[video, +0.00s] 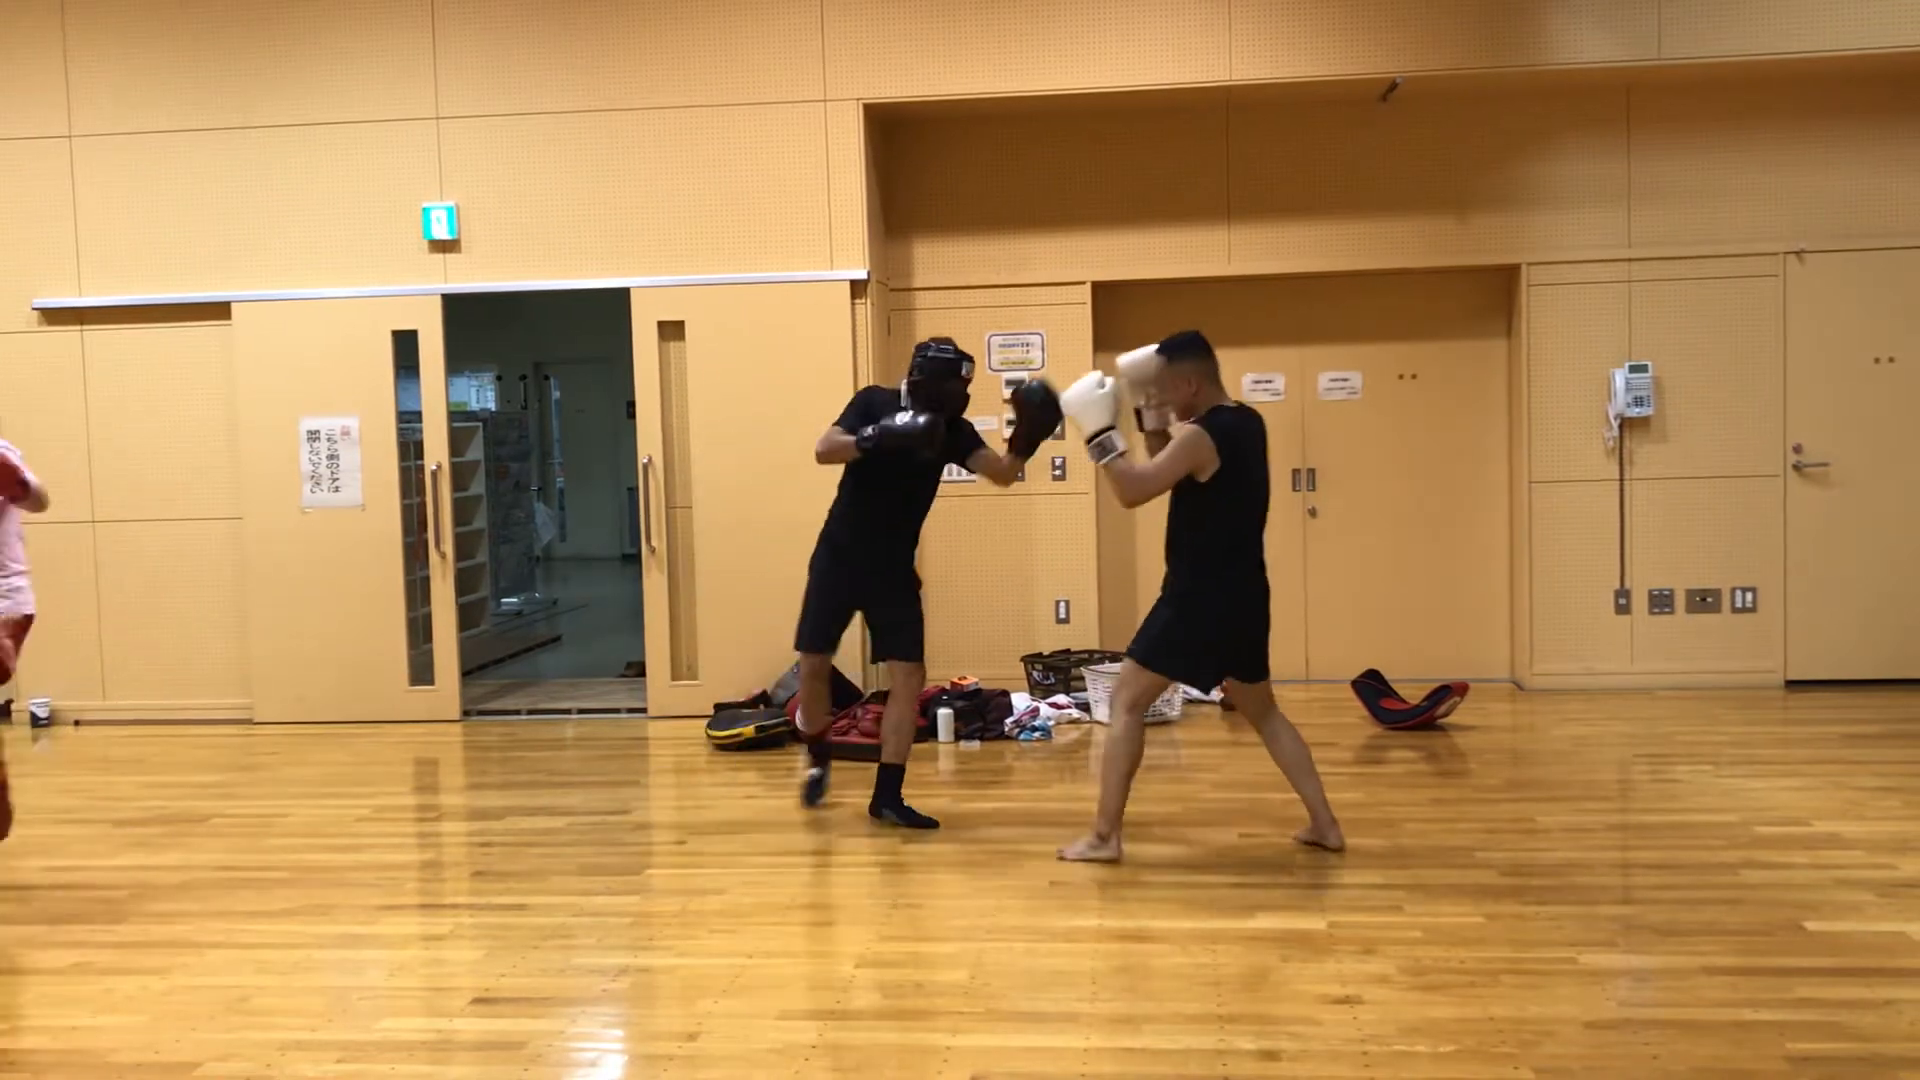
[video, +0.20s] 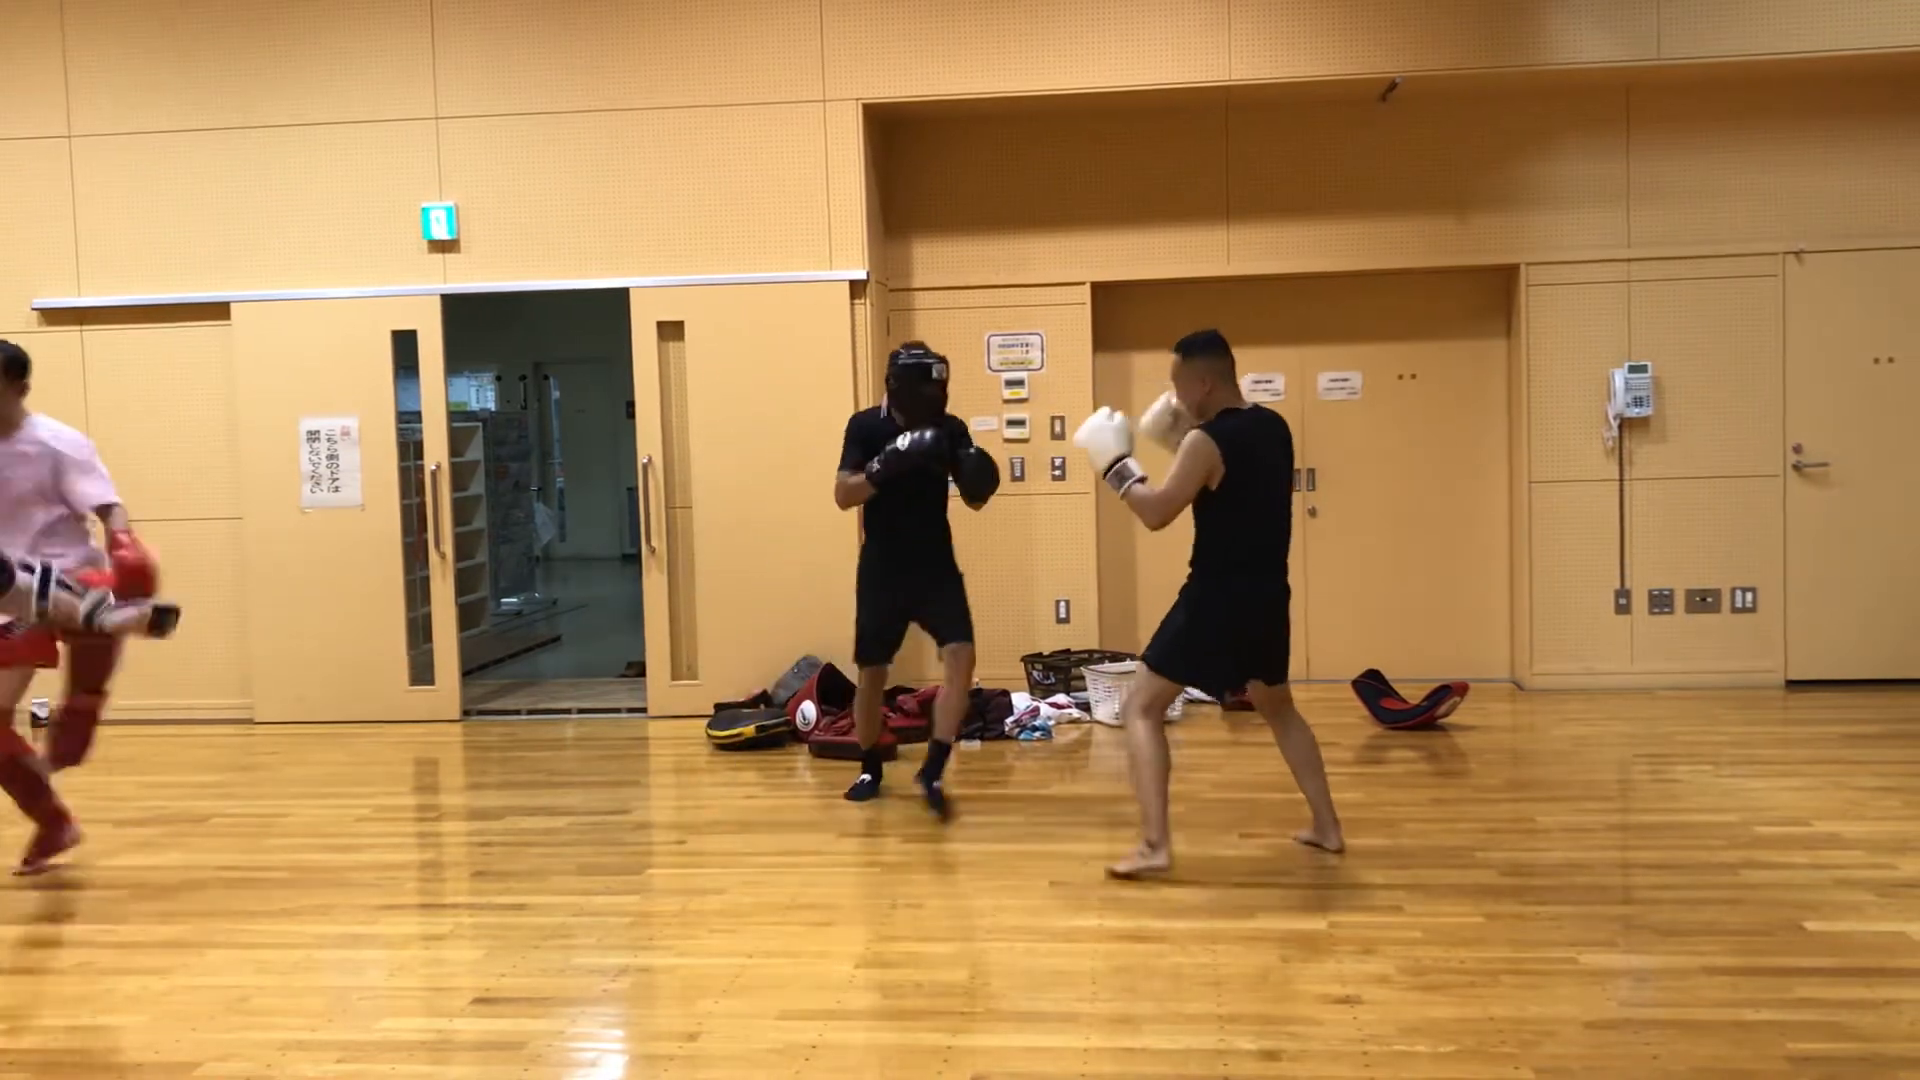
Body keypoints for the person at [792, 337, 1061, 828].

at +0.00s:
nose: (962, 393)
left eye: (965, 385)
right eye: (955, 384)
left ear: (961, 384)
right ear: (923, 380)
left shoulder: (952, 427)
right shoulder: (873, 404)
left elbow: (1002, 473)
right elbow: (824, 449)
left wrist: (1026, 435)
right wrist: (879, 435)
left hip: (895, 565)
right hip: (839, 556)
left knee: (907, 676)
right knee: (812, 663)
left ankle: (887, 797)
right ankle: (817, 762)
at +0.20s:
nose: (939, 395)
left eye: (941, 385)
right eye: (928, 385)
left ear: (944, 385)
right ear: (897, 385)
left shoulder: (949, 429)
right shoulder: (866, 426)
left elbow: (975, 499)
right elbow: (844, 495)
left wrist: (973, 471)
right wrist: (890, 465)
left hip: (934, 559)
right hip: (883, 561)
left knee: (961, 654)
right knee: (871, 669)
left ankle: (934, 773)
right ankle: (870, 770)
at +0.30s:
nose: (940, 385)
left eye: (944, 376)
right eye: (930, 377)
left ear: (949, 374)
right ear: (903, 376)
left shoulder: (958, 414)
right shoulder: (875, 415)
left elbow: (985, 474)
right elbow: (858, 487)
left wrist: (960, 447)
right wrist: (900, 453)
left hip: (949, 546)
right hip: (898, 550)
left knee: (975, 644)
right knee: (882, 657)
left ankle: (968, 764)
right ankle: (874, 767)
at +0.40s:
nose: (961, 382)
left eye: (965, 373)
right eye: (951, 372)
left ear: (969, 370)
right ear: (922, 369)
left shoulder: (979, 408)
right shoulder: (894, 410)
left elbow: (1009, 475)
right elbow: (877, 482)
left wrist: (995, 452)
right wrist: (913, 452)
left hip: (968, 544)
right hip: (915, 547)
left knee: (1001, 646)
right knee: (893, 655)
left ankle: (1025, 750)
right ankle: (905, 755)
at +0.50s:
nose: (989, 392)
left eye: (994, 382)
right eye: (980, 382)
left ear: (997, 383)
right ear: (952, 382)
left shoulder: (1006, 429)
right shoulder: (921, 423)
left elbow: (1032, 501)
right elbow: (895, 493)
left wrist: (1019, 458)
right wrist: (930, 461)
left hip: (986, 559)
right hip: (934, 560)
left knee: (1031, 656)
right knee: (911, 662)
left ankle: (1083, 752)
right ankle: (912, 764)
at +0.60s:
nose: (1017, 398)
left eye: (1022, 389)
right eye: (1009, 389)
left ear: (1029, 389)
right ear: (986, 386)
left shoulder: (1037, 427)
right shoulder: (955, 426)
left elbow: (1069, 500)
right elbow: (920, 493)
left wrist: (1061, 434)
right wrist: (950, 476)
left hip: (1019, 567)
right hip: (965, 567)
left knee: (1060, 664)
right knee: (930, 664)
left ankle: (1105, 760)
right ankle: (914, 764)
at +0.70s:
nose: (1054, 390)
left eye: (1062, 382)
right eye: (1046, 379)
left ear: (1070, 383)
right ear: (1026, 378)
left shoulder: (1080, 422)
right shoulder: (999, 422)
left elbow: (1120, 454)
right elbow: (971, 477)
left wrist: (1111, 402)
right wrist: (978, 489)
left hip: (1066, 556)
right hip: (1012, 557)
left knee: (1092, 664)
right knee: (972, 656)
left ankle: (1108, 766)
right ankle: (957, 755)